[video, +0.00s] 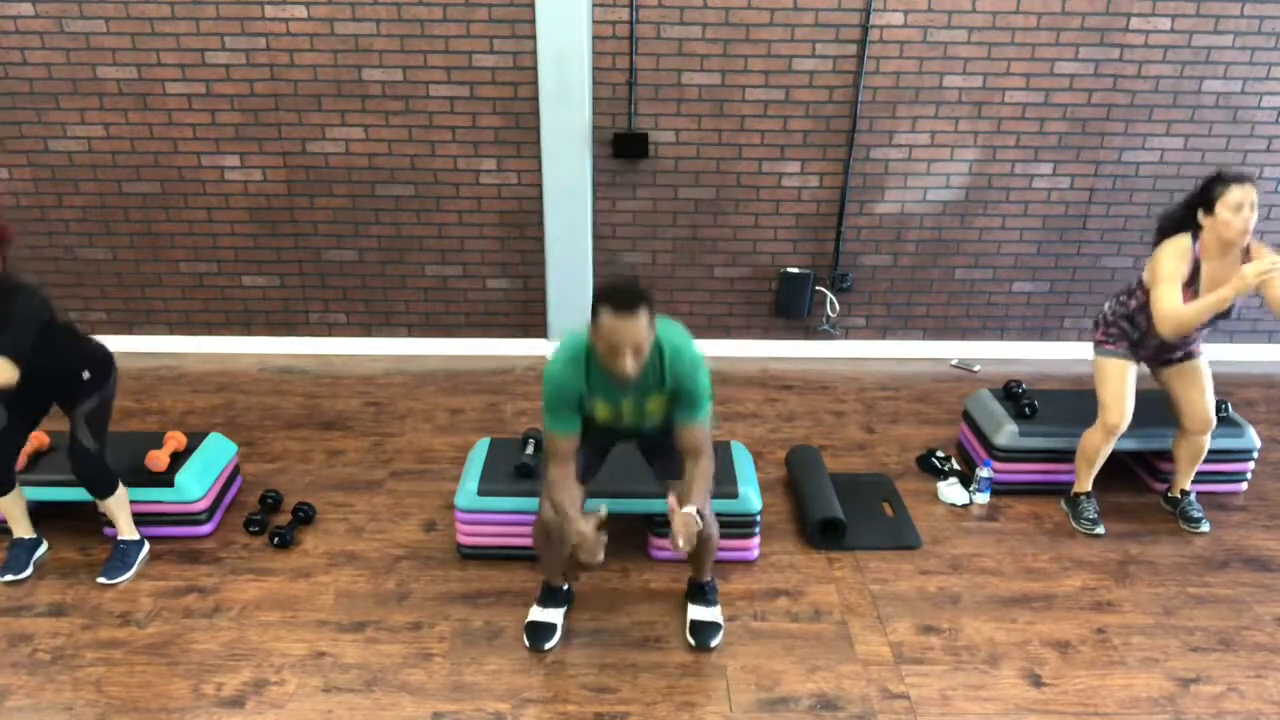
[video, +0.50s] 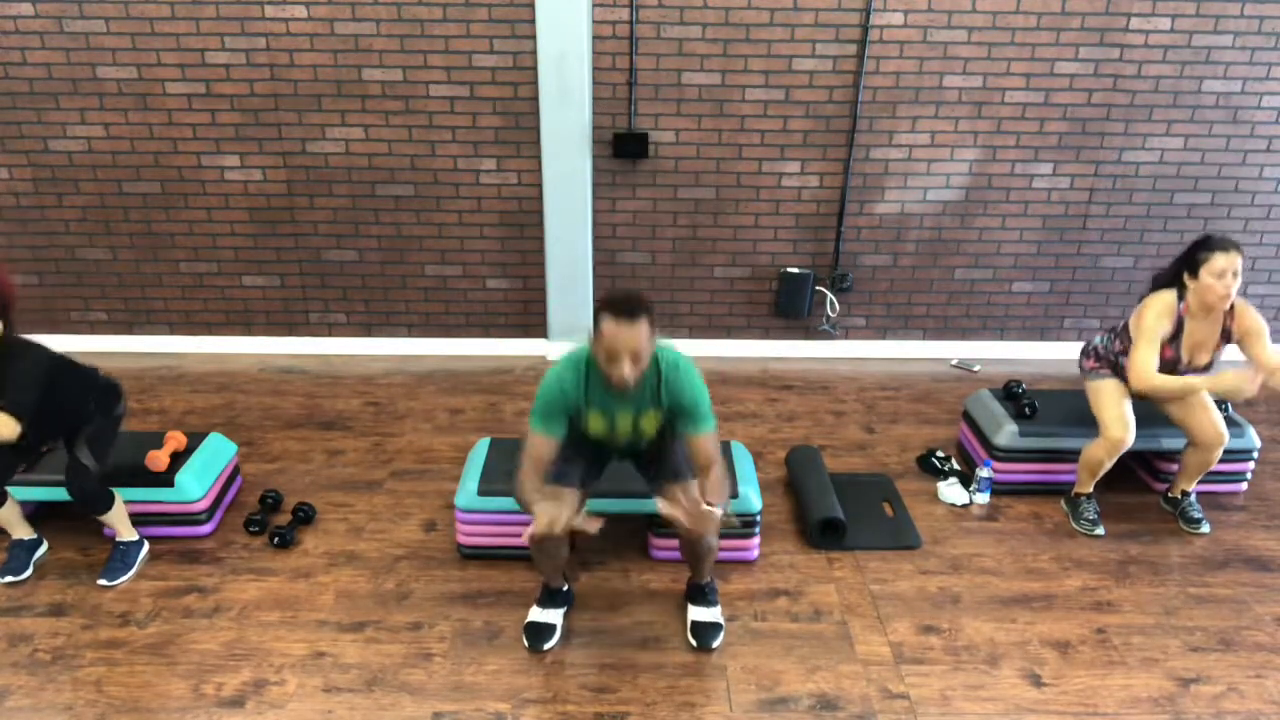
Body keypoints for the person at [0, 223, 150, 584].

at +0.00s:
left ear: (4, 260)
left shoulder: (21, 301)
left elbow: (8, 373)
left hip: (86, 373)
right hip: (35, 378)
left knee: (86, 461)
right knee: (1, 459)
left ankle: (130, 539)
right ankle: (25, 539)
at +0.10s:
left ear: (4, 299)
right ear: (2, 300)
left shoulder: (26, 334)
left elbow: (10, 409)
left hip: (94, 392)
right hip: (43, 401)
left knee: (89, 469)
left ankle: (131, 539)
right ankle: (24, 539)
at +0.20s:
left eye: (0, 333)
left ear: (8, 336)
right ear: (5, 336)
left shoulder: (37, 367)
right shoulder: (5, 374)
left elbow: (16, 442)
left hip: (102, 409)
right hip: (52, 417)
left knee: (89, 479)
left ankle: (131, 539)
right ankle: (25, 539)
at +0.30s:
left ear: (7, 355)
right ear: (5, 357)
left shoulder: (37, 380)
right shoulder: (6, 386)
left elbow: (16, 458)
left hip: (108, 421)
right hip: (59, 431)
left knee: (87, 478)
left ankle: (131, 540)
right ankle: (25, 539)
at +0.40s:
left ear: (5, 348)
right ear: (5, 349)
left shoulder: (32, 375)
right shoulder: (7, 378)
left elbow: (13, 449)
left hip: (104, 418)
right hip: (55, 426)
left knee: (85, 486)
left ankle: (130, 540)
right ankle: (25, 539)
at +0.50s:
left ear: (3, 324)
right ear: (4, 324)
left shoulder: (19, 356)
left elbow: (10, 428)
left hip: (95, 407)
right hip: (47, 416)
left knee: (81, 482)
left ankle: (130, 540)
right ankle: (25, 538)